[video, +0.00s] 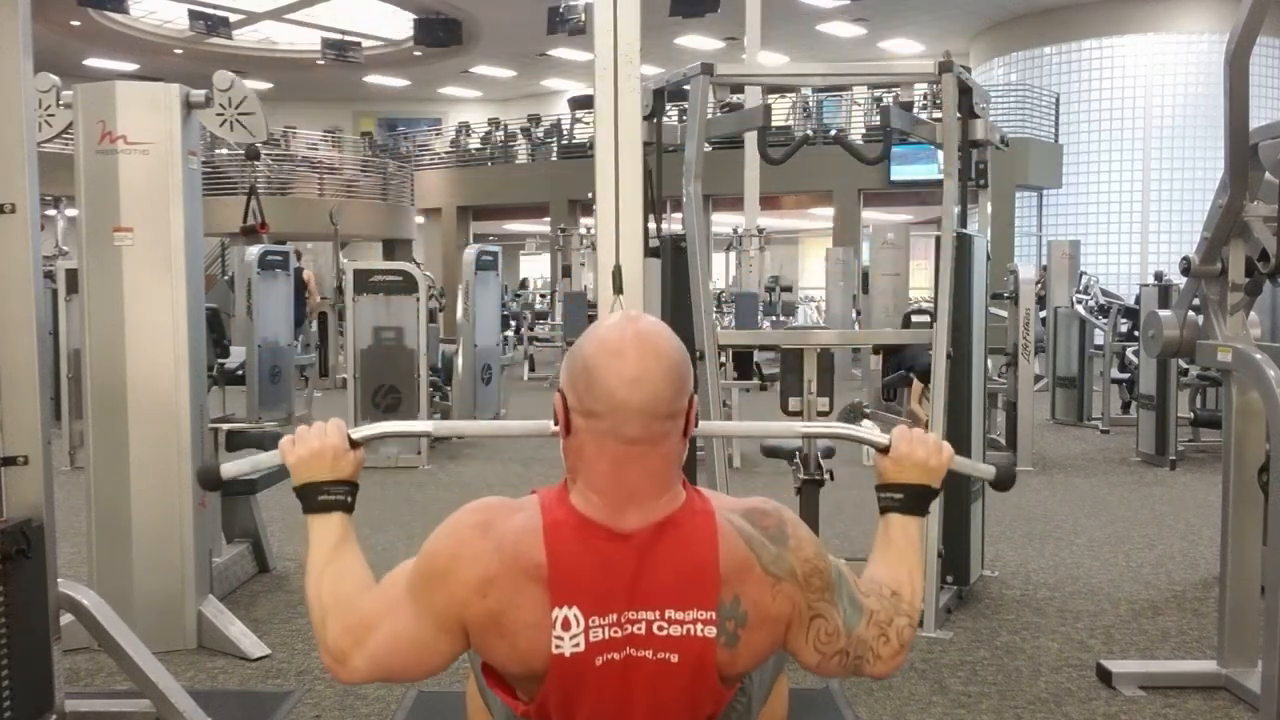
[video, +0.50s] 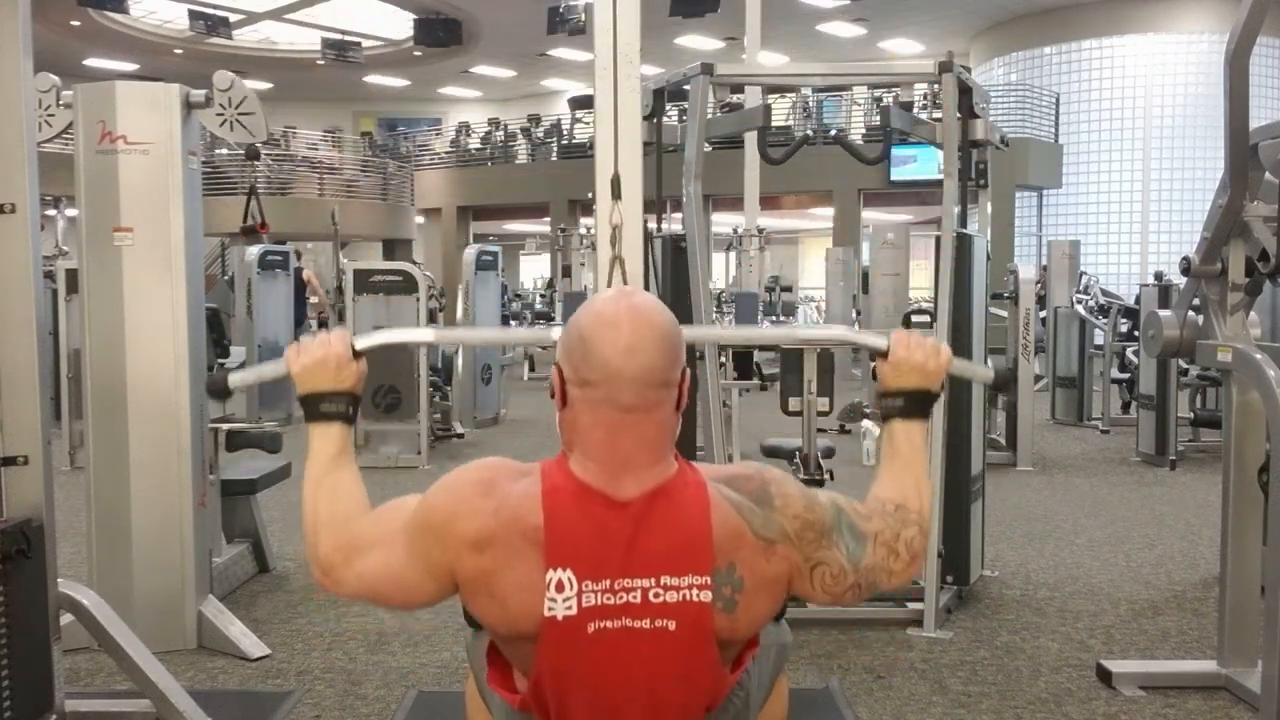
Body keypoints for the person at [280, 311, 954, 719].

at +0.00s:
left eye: (561, 394)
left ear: (563, 416)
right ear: (689, 419)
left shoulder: (486, 546)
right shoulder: (764, 545)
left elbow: (352, 648)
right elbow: (875, 646)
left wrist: (324, 497)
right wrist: (907, 499)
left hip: (536, 707)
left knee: (483, 666)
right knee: (769, 647)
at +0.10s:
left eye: (560, 393)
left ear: (562, 416)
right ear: (689, 420)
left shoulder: (484, 545)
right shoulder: (765, 545)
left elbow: (350, 643)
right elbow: (876, 644)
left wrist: (325, 490)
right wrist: (908, 494)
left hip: (534, 708)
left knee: (483, 671)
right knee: (771, 655)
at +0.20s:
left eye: (562, 389)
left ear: (562, 410)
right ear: (688, 414)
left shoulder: (484, 538)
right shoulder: (765, 540)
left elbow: (348, 631)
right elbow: (879, 632)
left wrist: (325, 481)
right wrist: (907, 485)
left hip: (534, 707)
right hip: (704, 711)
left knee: (486, 667)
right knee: (766, 642)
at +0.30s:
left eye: (562, 381)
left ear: (561, 403)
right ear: (686, 406)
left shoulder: (484, 528)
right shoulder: (760, 531)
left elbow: (344, 614)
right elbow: (880, 617)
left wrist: (326, 461)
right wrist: (907, 467)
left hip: (529, 710)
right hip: (700, 710)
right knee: (772, 635)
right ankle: (772, 705)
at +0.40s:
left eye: (561, 375)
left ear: (561, 397)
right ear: (684, 396)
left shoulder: (483, 520)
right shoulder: (758, 525)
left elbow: (344, 591)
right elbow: (889, 586)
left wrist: (327, 438)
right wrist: (908, 439)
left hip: (532, 712)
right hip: (702, 710)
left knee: (450, 686)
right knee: (819, 691)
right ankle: (771, 703)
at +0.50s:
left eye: (559, 368)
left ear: (559, 388)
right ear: (682, 390)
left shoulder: (483, 509)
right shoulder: (757, 512)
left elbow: (339, 558)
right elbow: (896, 552)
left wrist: (326, 409)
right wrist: (908, 407)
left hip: (532, 708)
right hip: (710, 706)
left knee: (453, 680)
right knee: (813, 689)